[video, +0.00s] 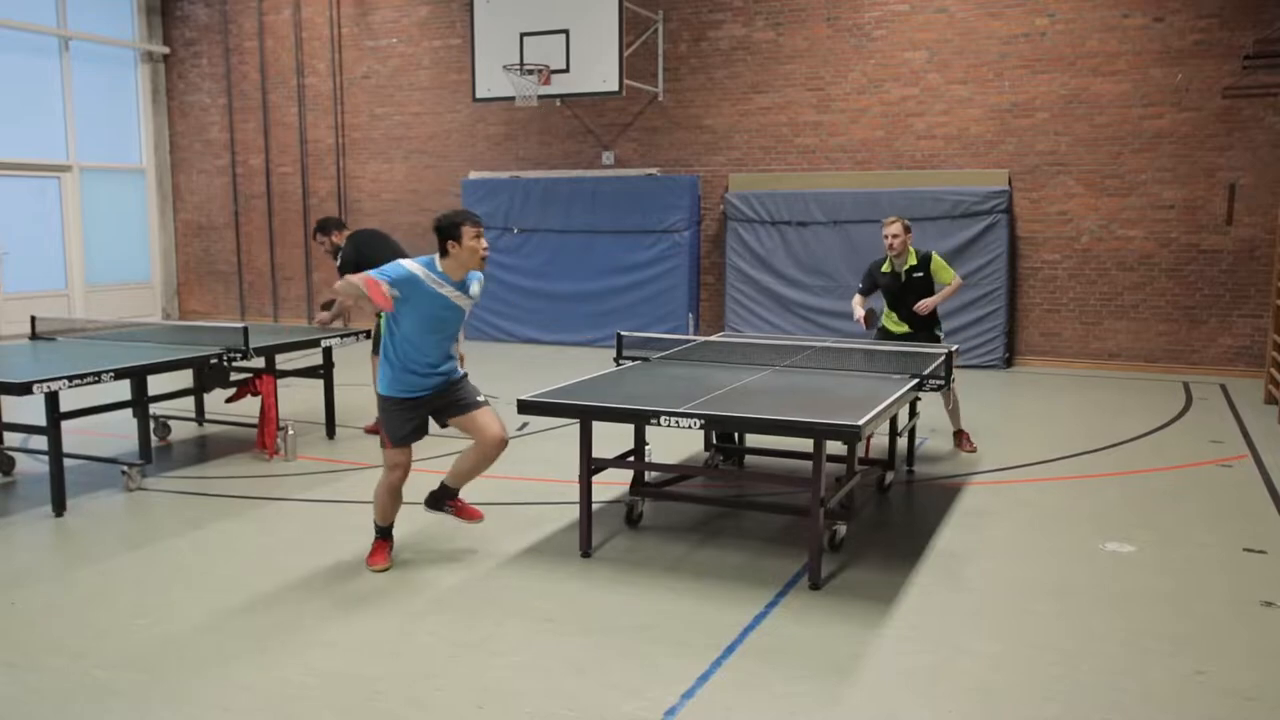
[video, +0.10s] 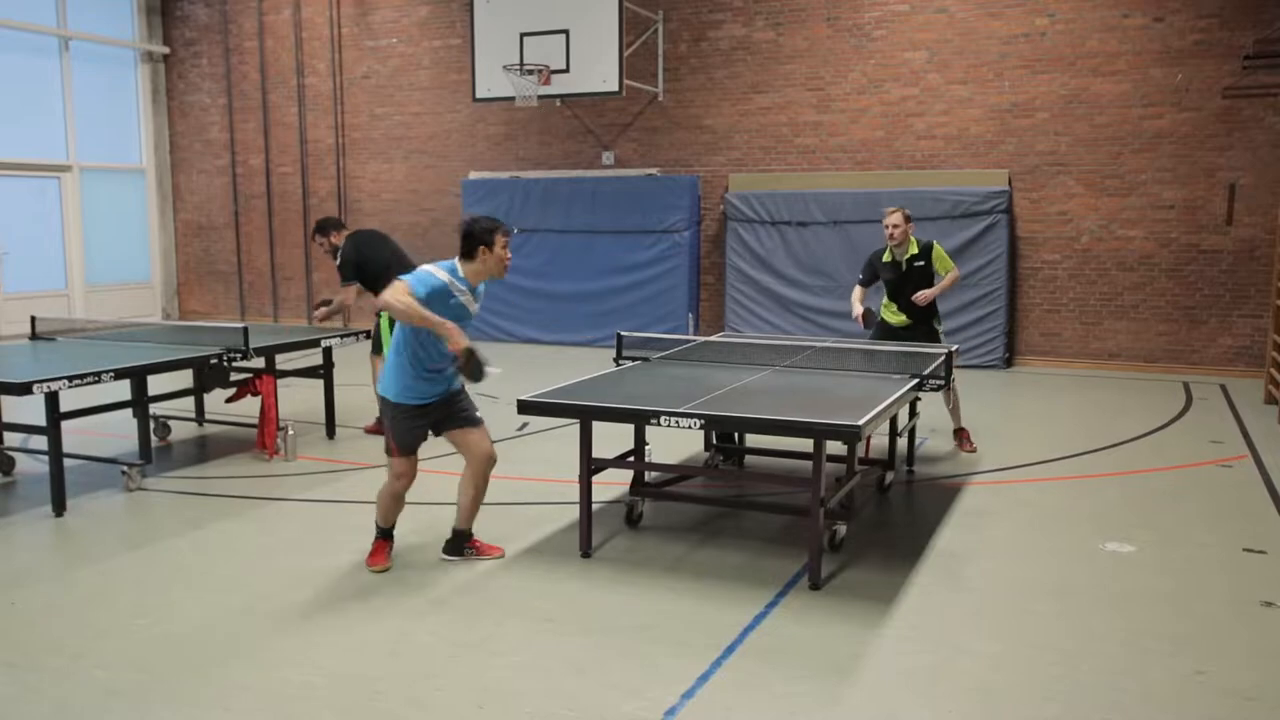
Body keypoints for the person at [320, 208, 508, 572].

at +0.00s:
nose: (485, 245)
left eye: (484, 238)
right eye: (477, 239)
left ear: (467, 246)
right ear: (451, 246)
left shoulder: (474, 281)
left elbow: (450, 321)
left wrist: (457, 350)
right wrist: (367, 294)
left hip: (446, 379)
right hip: (399, 388)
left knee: (494, 438)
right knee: (397, 471)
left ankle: (444, 495)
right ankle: (382, 538)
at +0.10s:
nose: (509, 256)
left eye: (509, 248)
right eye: (504, 248)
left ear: (485, 253)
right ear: (482, 252)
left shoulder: (475, 289)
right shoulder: (435, 276)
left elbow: (443, 327)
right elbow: (389, 298)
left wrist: (460, 355)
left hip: (445, 389)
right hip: (402, 394)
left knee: (483, 456)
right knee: (402, 476)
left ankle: (460, 539)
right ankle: (383, 537)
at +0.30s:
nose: (522, 258)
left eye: (522, 252)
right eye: (521, 252)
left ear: (486, 249)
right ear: (509, 251)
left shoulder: (457, 271)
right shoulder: (470, 269)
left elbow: (412, 317)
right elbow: (464, 293)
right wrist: (526, 283)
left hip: (447, 390)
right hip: (425, 394)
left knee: (476, 454)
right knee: (450, 485)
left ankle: (460, 538)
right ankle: (376, 520)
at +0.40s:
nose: (521, 247)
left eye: (521, 240)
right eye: (521, 240)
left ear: (482, 236)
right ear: (510, 240)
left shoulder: (455, 262)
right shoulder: (477, 261)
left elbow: (404, 311)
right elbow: (477, 288)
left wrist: (386, 364)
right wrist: (535, 273)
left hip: (424, 381)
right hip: (433, 385)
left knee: (464, 467)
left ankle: (456, 541)